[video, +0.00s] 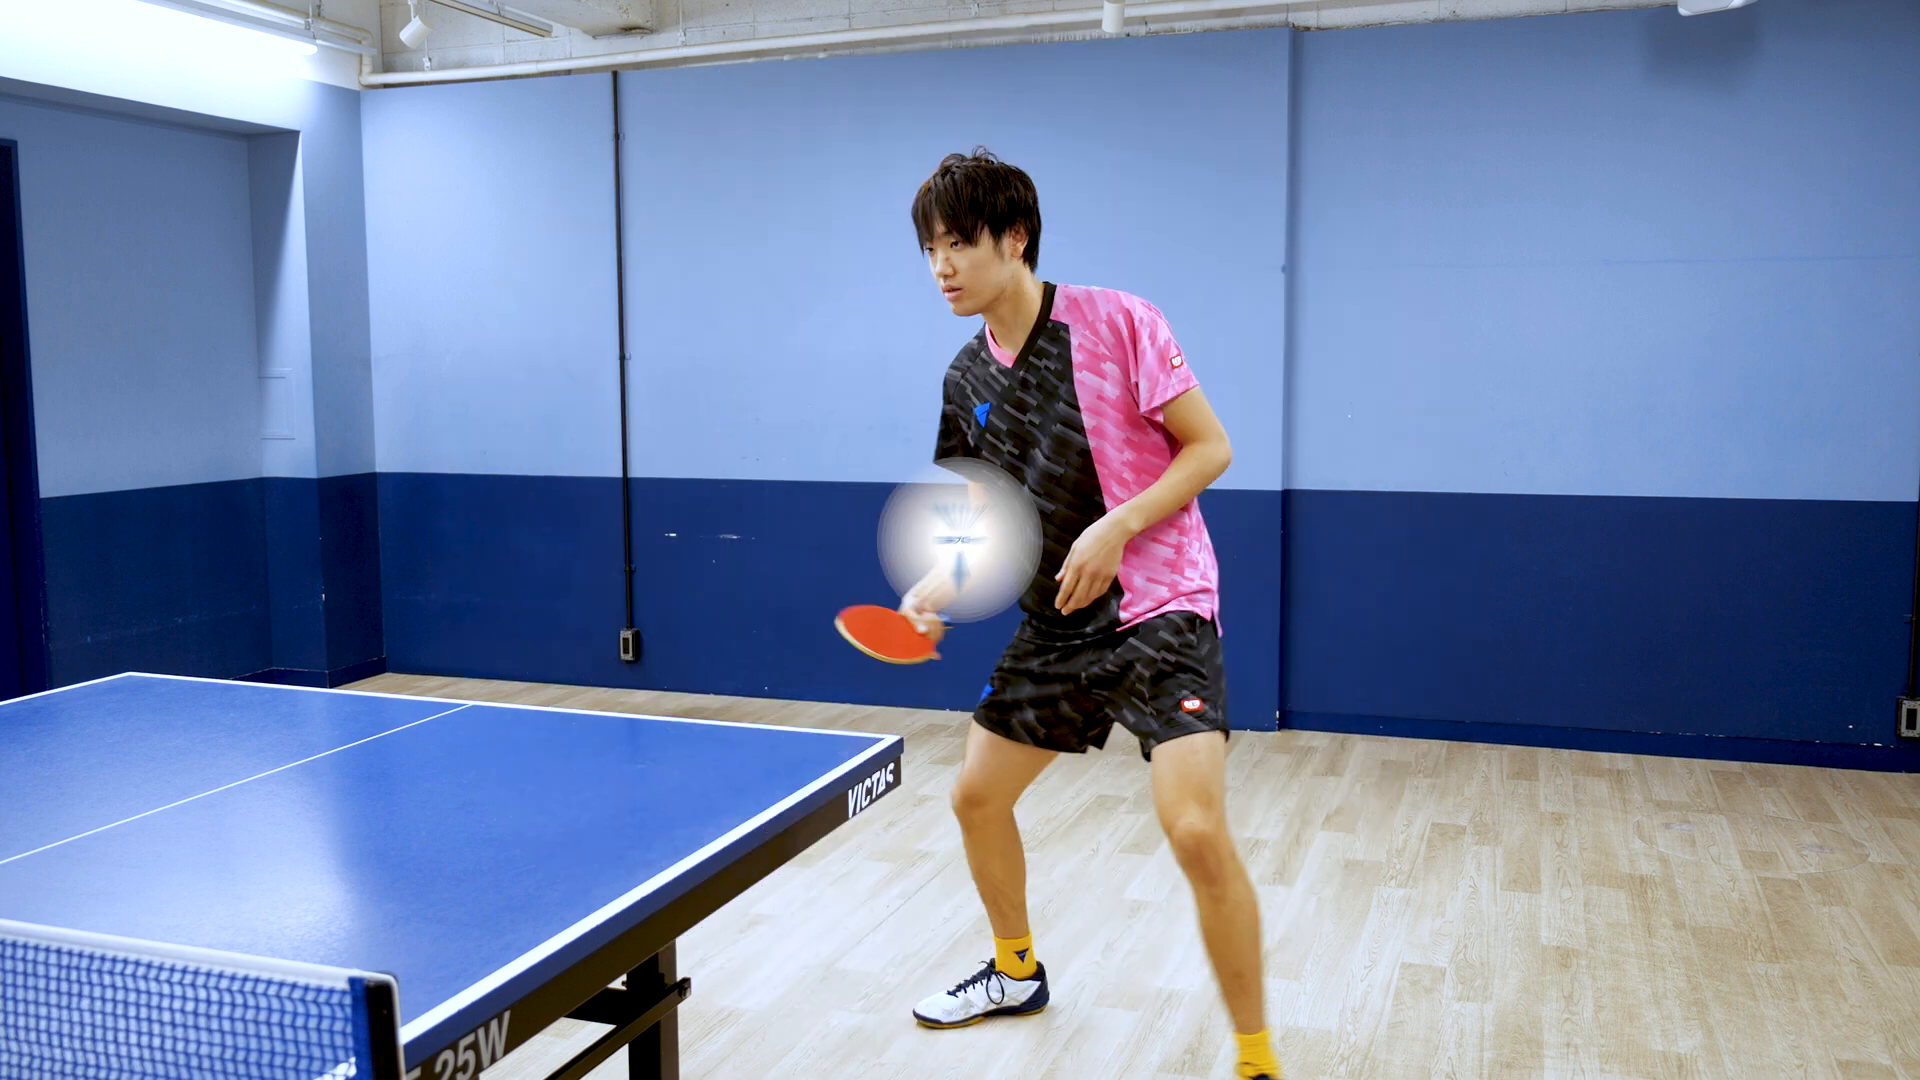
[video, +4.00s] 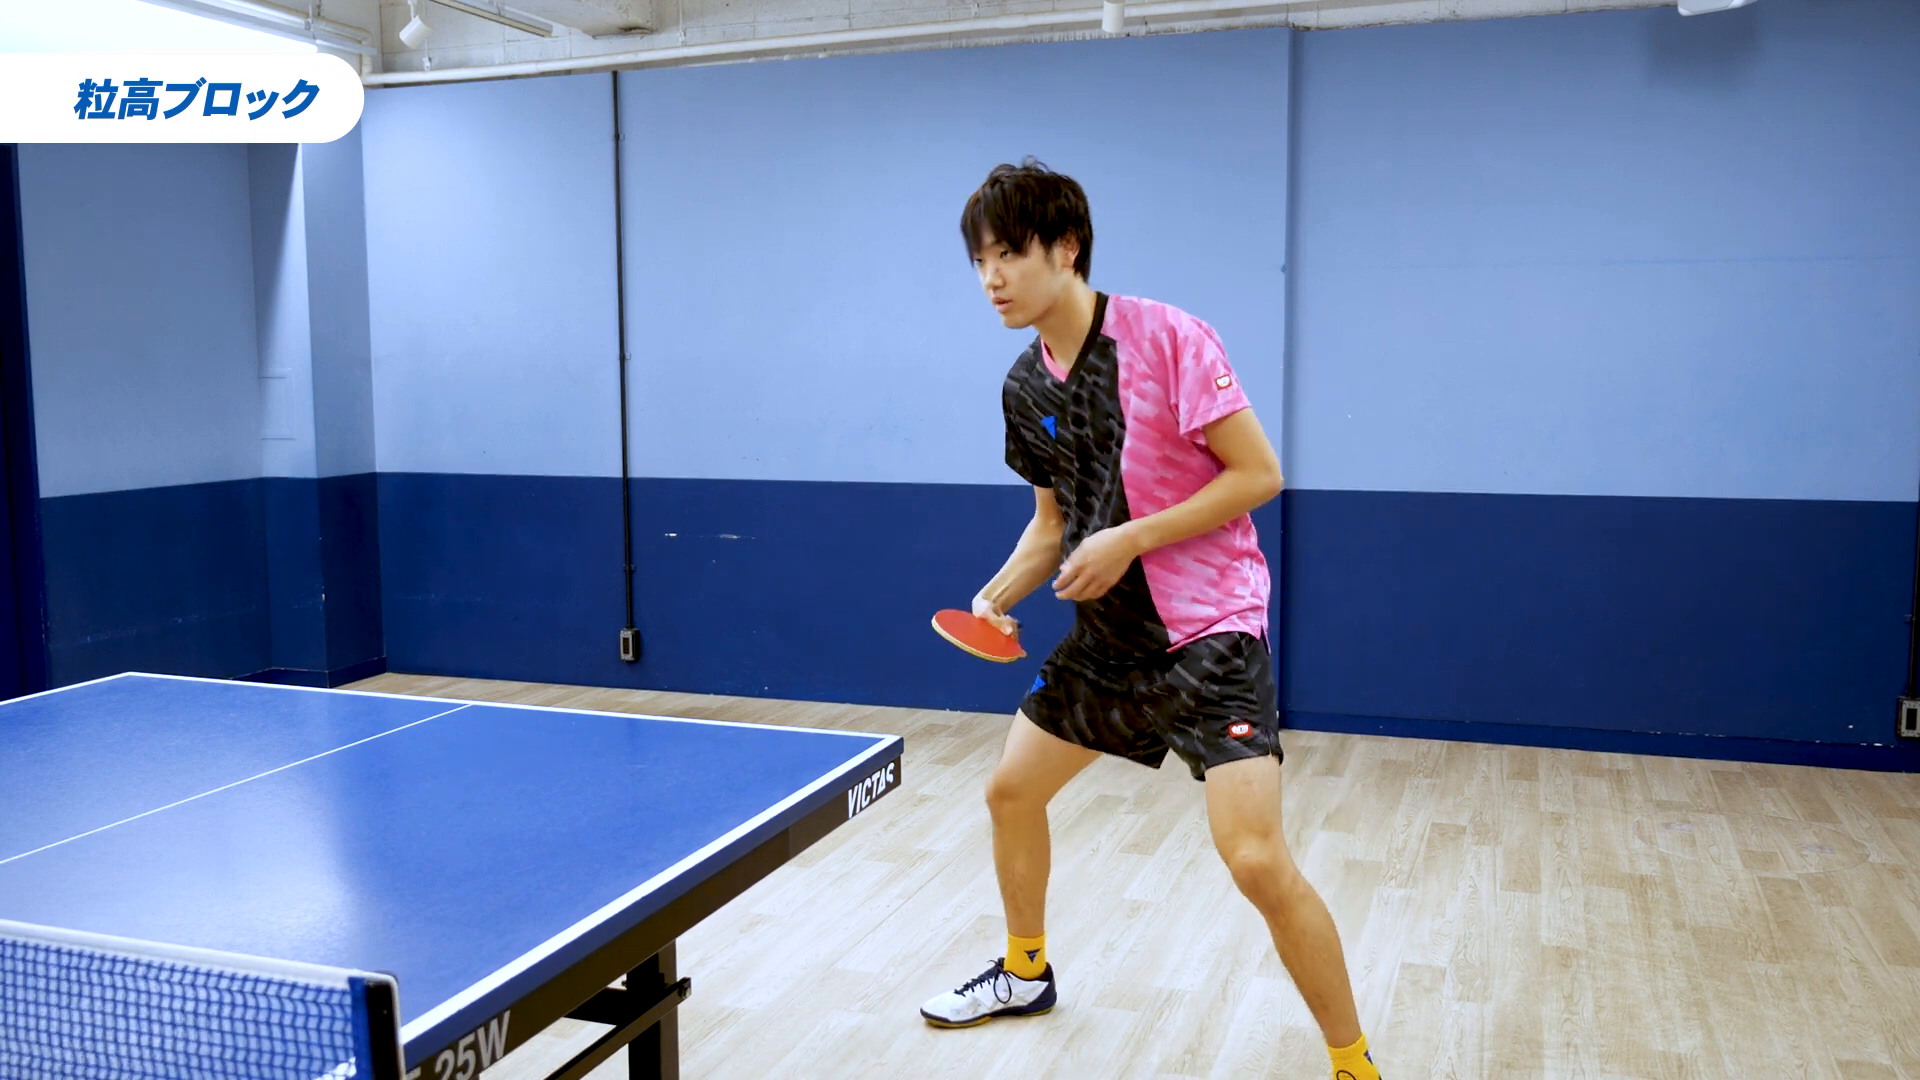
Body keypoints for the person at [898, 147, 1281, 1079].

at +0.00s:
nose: (942, 267)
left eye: (959, 244)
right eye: (932, 251)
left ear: (1016, 240)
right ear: (934, 258)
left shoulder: (1118, 323)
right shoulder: (966, 382)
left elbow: (1210, 448)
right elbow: (983, 522)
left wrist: (1119, 527)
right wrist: (938, 587)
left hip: (1163, 609)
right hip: (1058, 620)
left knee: (1196, 831)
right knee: (979, 795)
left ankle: (1255, 1054)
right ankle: (1015, 970)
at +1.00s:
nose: (1080, 266)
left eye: (1098, 240)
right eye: (1065, 246)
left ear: (1157, 235)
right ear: (1057, 256)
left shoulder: (1264, 320)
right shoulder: (1063, 378)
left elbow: (1346, 454)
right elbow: (961, 495)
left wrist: (1273, 529)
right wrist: (881, 510)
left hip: (1285, 625)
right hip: (1162, 626)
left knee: (1336, 866)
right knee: (1057, 803)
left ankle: (1366, 1067)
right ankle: (1013, 966)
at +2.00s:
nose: (1039, 334)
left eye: (1053, 306)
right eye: (1024, 317)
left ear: (1109, 285)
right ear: (1015, 319)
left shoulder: (1229, 333)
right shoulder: (1045, 422)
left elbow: (1329, 452)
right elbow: (1016, 580)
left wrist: (1241, 542)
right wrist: (965, 596)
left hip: (1271, 624)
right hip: (1153, 630)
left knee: (1309, 855)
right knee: (1051, 798)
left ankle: (1363, 1065)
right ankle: (1016, 967)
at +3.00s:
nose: (1023, 380)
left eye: (1036, 353)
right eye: (1010, 362)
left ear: (1094, 332)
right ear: (1007, 362)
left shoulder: (1214, 399)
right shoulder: (1056, 451)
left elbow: (1317, 529)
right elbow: (1057, 578)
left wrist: (1195, 609)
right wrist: (1013, 620)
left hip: (1257, 667)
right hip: (1151, 669)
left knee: (1257, 893)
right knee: (1011, 813)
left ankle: (1357, 1069)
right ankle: (1023, 973)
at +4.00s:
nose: (992, 278)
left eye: (1009, 255)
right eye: (981, 261)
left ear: (1067, 249)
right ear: (981, 268)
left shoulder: (1168, 339)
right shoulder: (1026, 385)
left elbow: (1260, 475)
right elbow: (1054, 521)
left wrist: (1130, 539)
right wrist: (995, 599)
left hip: (1213, 634)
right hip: (1110, 635)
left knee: (1255, 859)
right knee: (1013, 793)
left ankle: (1354, 1064)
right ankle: (1024, 971)